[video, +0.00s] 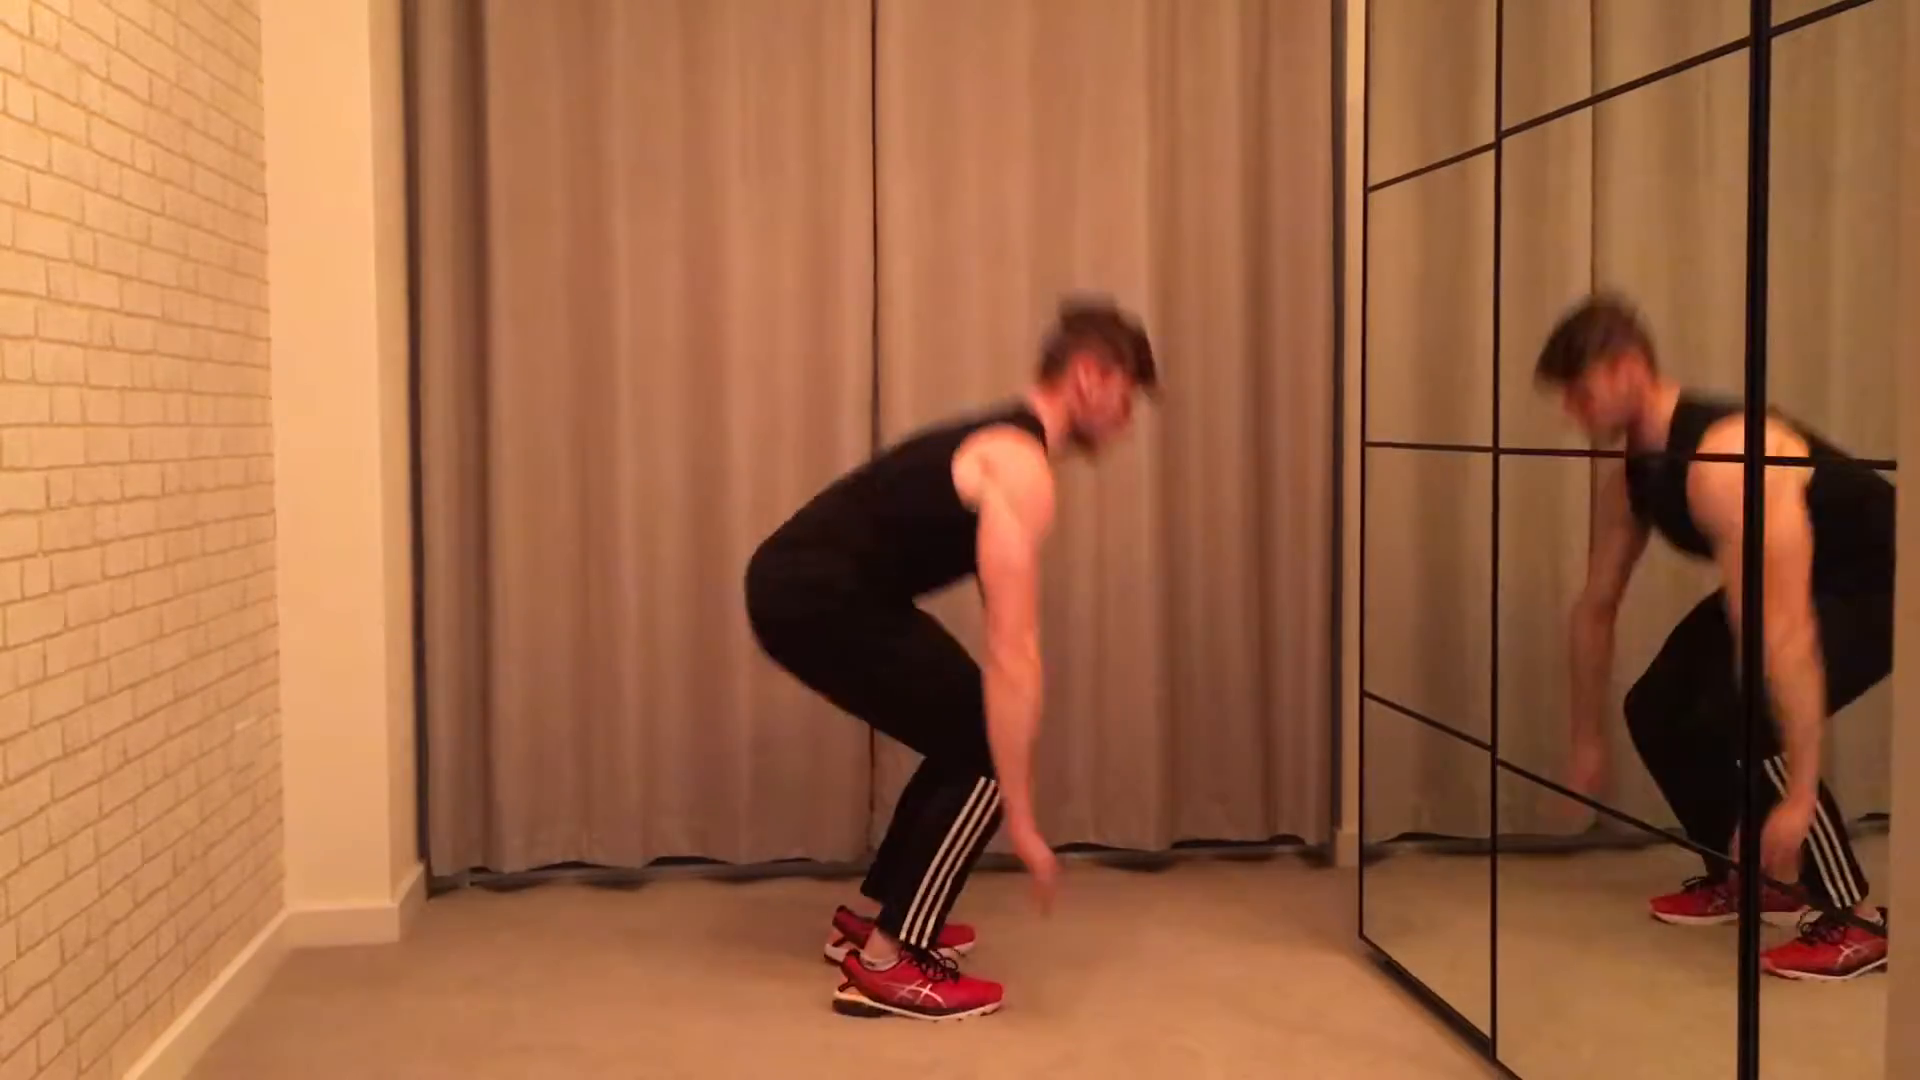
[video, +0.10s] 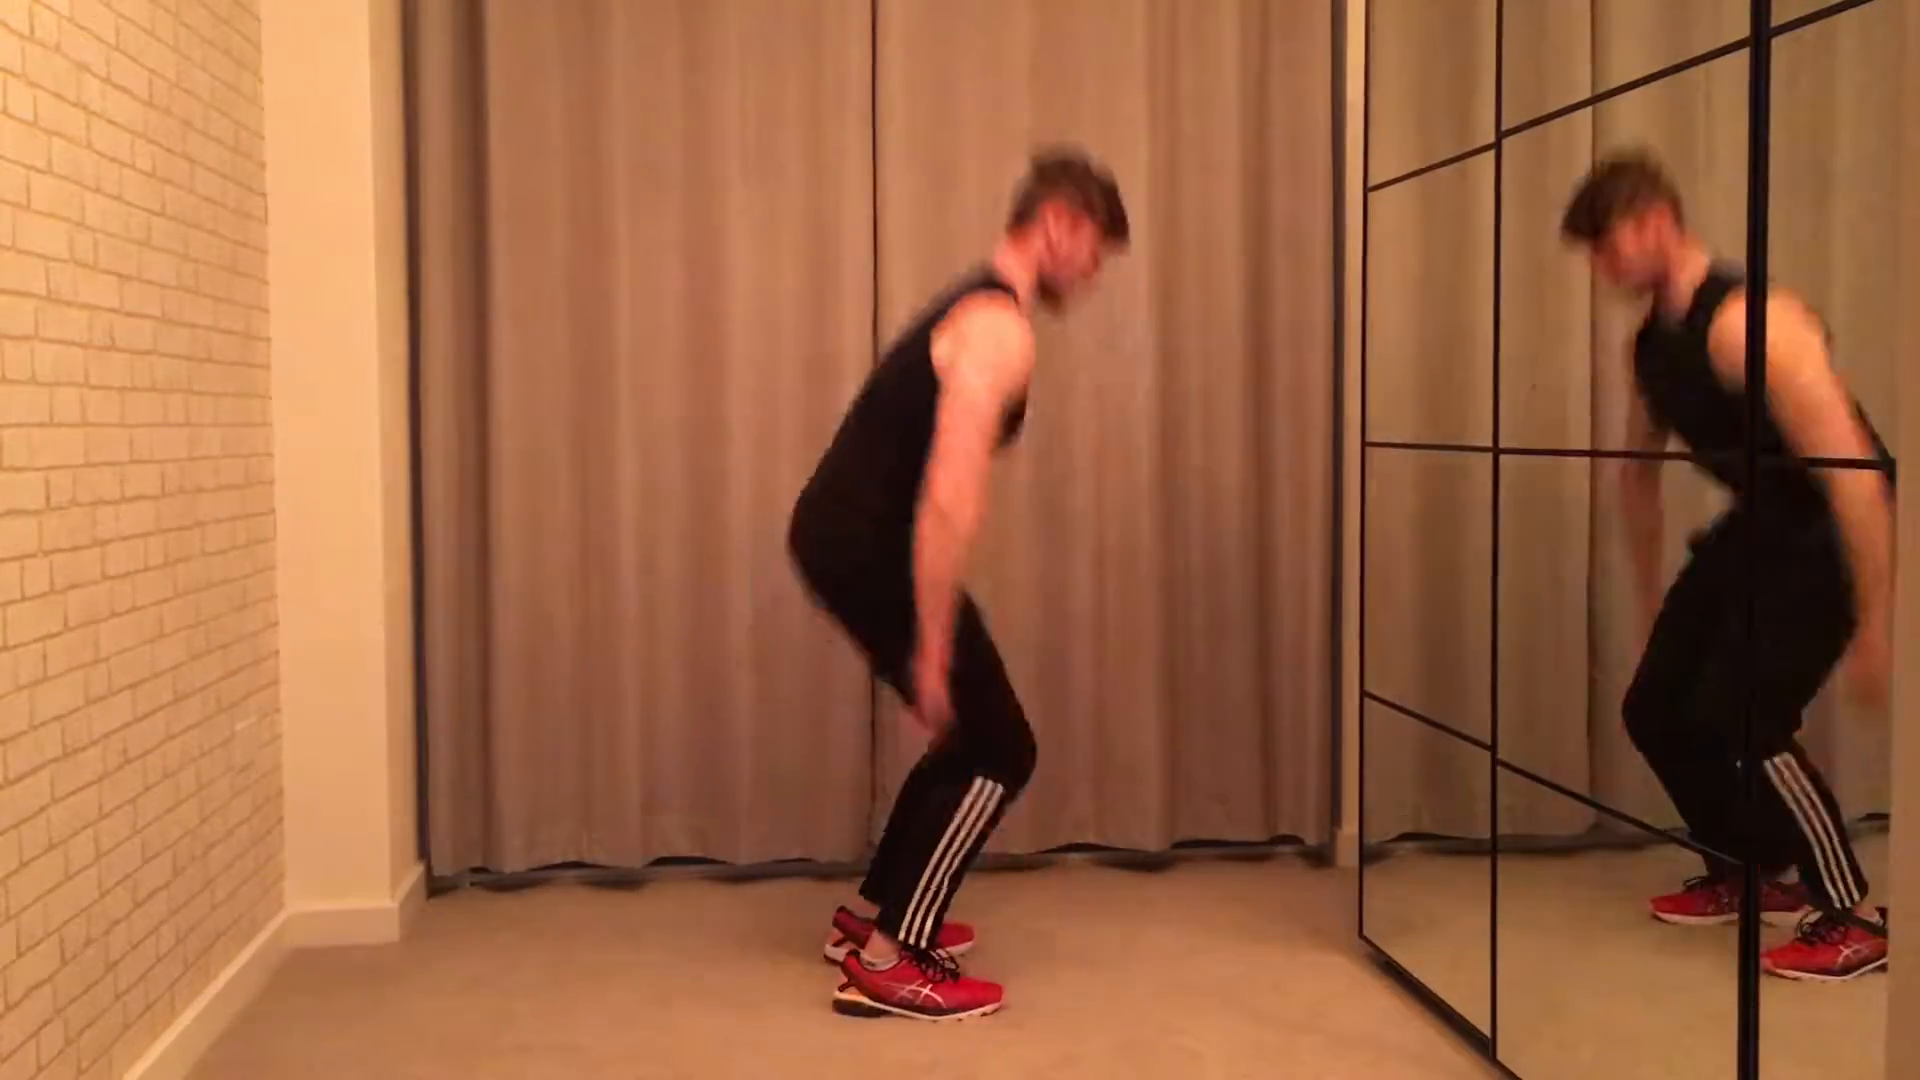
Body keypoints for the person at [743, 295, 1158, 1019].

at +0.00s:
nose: (1129, 411)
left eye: (1133, 392)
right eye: (1127, 388)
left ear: (1080, 374)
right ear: (1088, 374)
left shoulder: (1007, 443)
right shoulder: (1017, 465)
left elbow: (1009, 643)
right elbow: (1011, 656)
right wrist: (1020, 821)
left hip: (813, 590)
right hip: (818, 600)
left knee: (970, 736)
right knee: (986, 746)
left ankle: (874, 913)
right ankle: (888, 955)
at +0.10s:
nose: (1097, 265)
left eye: (1103, 247)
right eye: (1096, 243)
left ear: (1050, 223)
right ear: (1054, 221)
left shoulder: (983, 308)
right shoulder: (995, 328)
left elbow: (942, 493)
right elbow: (946, 503)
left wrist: (925, 639)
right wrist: (932, 650)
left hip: (851, 537)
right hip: (863, 546)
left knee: (981, 731)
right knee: (1000, 746)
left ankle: (878, 912)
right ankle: (891, 956)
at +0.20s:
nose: (1081, 136)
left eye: (1089, 118)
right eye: (1081, 112)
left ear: (1037, 87)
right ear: (1041, 84)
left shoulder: (983, 169)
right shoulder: (985, 181)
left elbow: (913, 328)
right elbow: (901, 333)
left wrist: (872, 460)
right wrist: (859, 469)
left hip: (918, 440)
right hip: (915, 446)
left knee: (929, 681)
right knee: (944, 686)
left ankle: (888, 891)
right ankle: (903, 924)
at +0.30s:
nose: (1083, 63)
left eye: (1091, 45)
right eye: (1086, 39)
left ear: (1034, 19)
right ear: (1039, 16)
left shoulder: (984, 97)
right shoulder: (978, 102)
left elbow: (890, 232)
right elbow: (873, 223)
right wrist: (818, 357)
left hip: (930, 371)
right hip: (919, 374)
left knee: (930, 609)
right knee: (938, 613)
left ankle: (898, 819)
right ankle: (914, 846)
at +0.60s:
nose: (1118, 194)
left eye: (1127, 176)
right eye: (1120, 170)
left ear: (1083, 146)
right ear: (1082, 143)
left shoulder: (1011, 214)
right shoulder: (1001, 223)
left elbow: (895, 343)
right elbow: (892, 346)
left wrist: (837, 462)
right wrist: (824, 470)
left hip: (918, 455)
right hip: (903, 460)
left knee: (969, 680)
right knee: (970, 682)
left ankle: (964, 895)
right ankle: (965, 915)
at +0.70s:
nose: (1133, 336)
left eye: (1143, 321)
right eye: (1134, 313)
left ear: (1092, 286)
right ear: (1095, 282)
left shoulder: (1018, 348)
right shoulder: (1014, 367)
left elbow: (911, 494)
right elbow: (908, 498)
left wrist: (852, 609)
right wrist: (843, 626)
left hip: (870, 539)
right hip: (867, 551)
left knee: (1014, 708)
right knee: (1034, 714)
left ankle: (949, 906)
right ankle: (972, 937)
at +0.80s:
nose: (1145, 463)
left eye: (1152, 447)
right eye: (1147, 441)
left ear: (1104, 418)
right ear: (1108, 417)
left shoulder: (1013, 474)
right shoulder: (1019, 502)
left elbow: (925, 632)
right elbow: (932, 653)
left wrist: (869, 777)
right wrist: (873, 801)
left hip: (834, 629)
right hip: (840, 641)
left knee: (1028, 725)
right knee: (1051, 733)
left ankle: (947, 907)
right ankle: (973, 943)